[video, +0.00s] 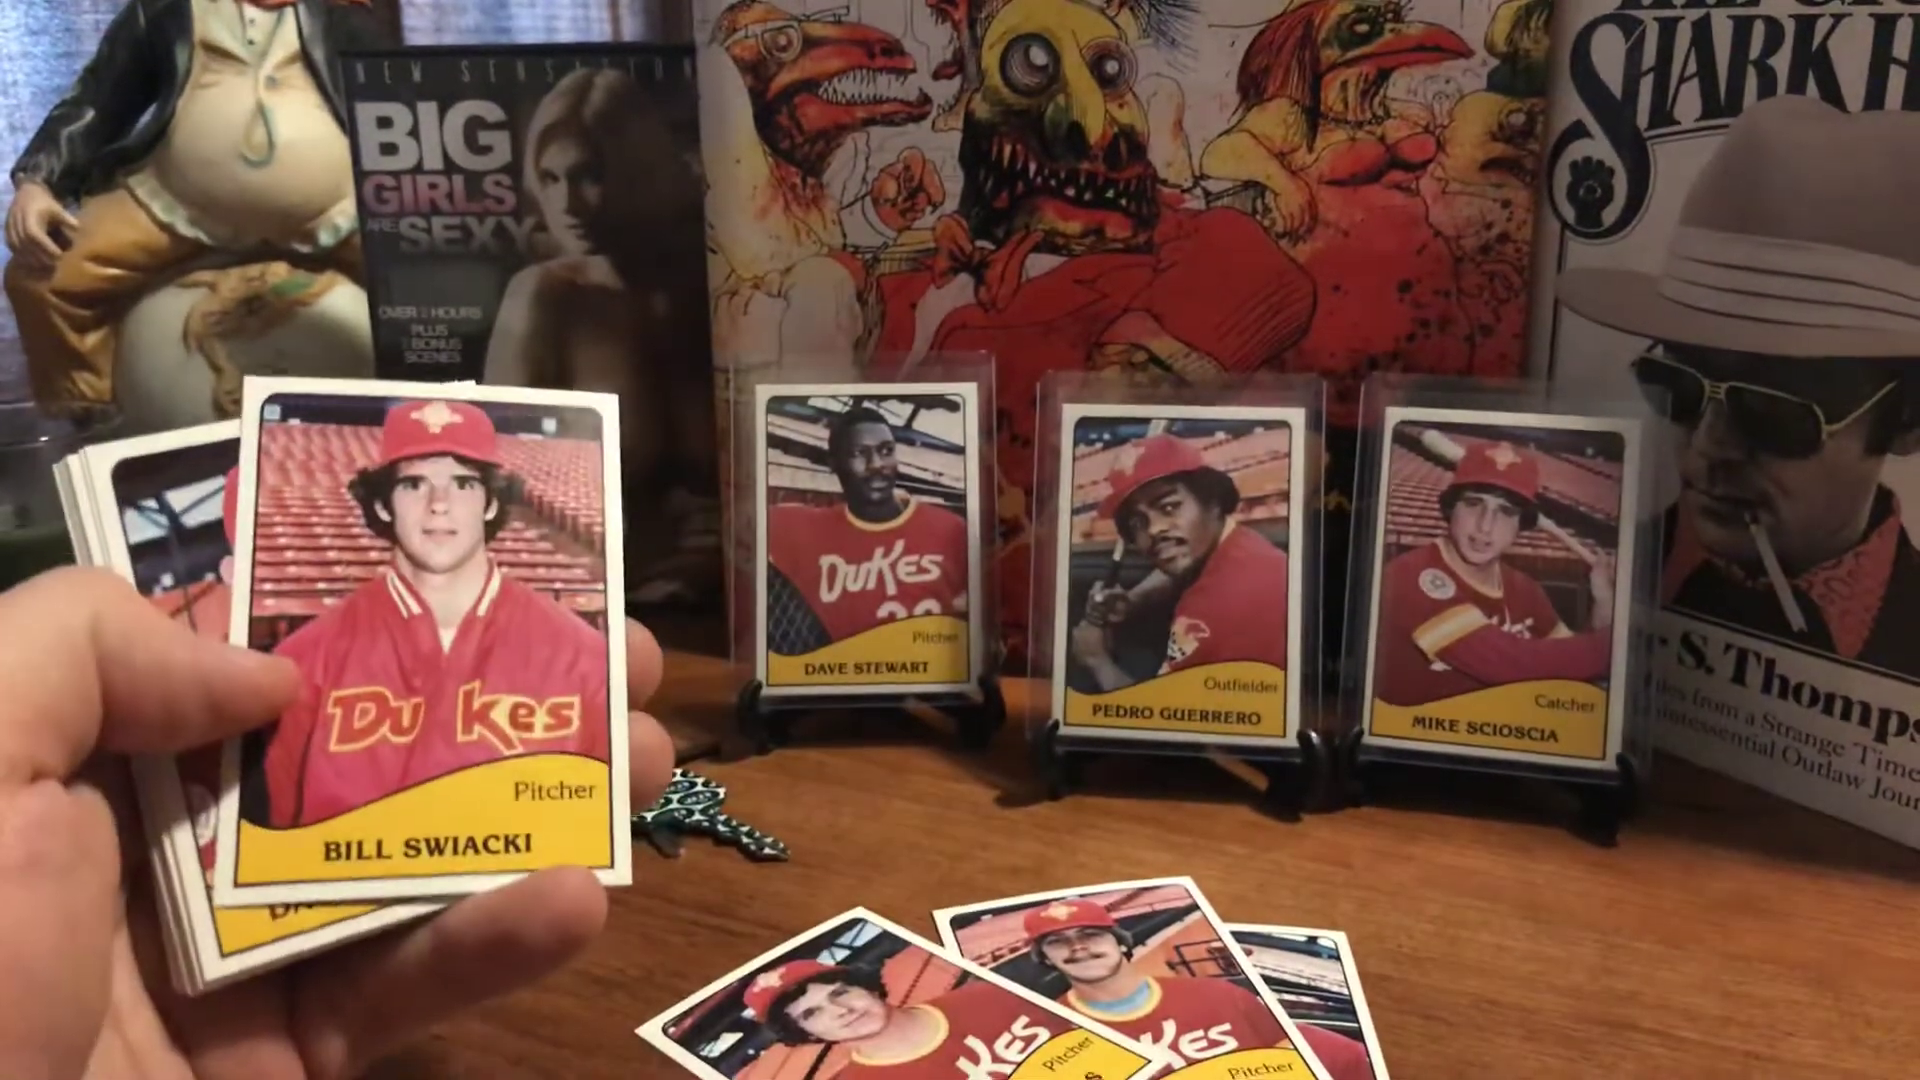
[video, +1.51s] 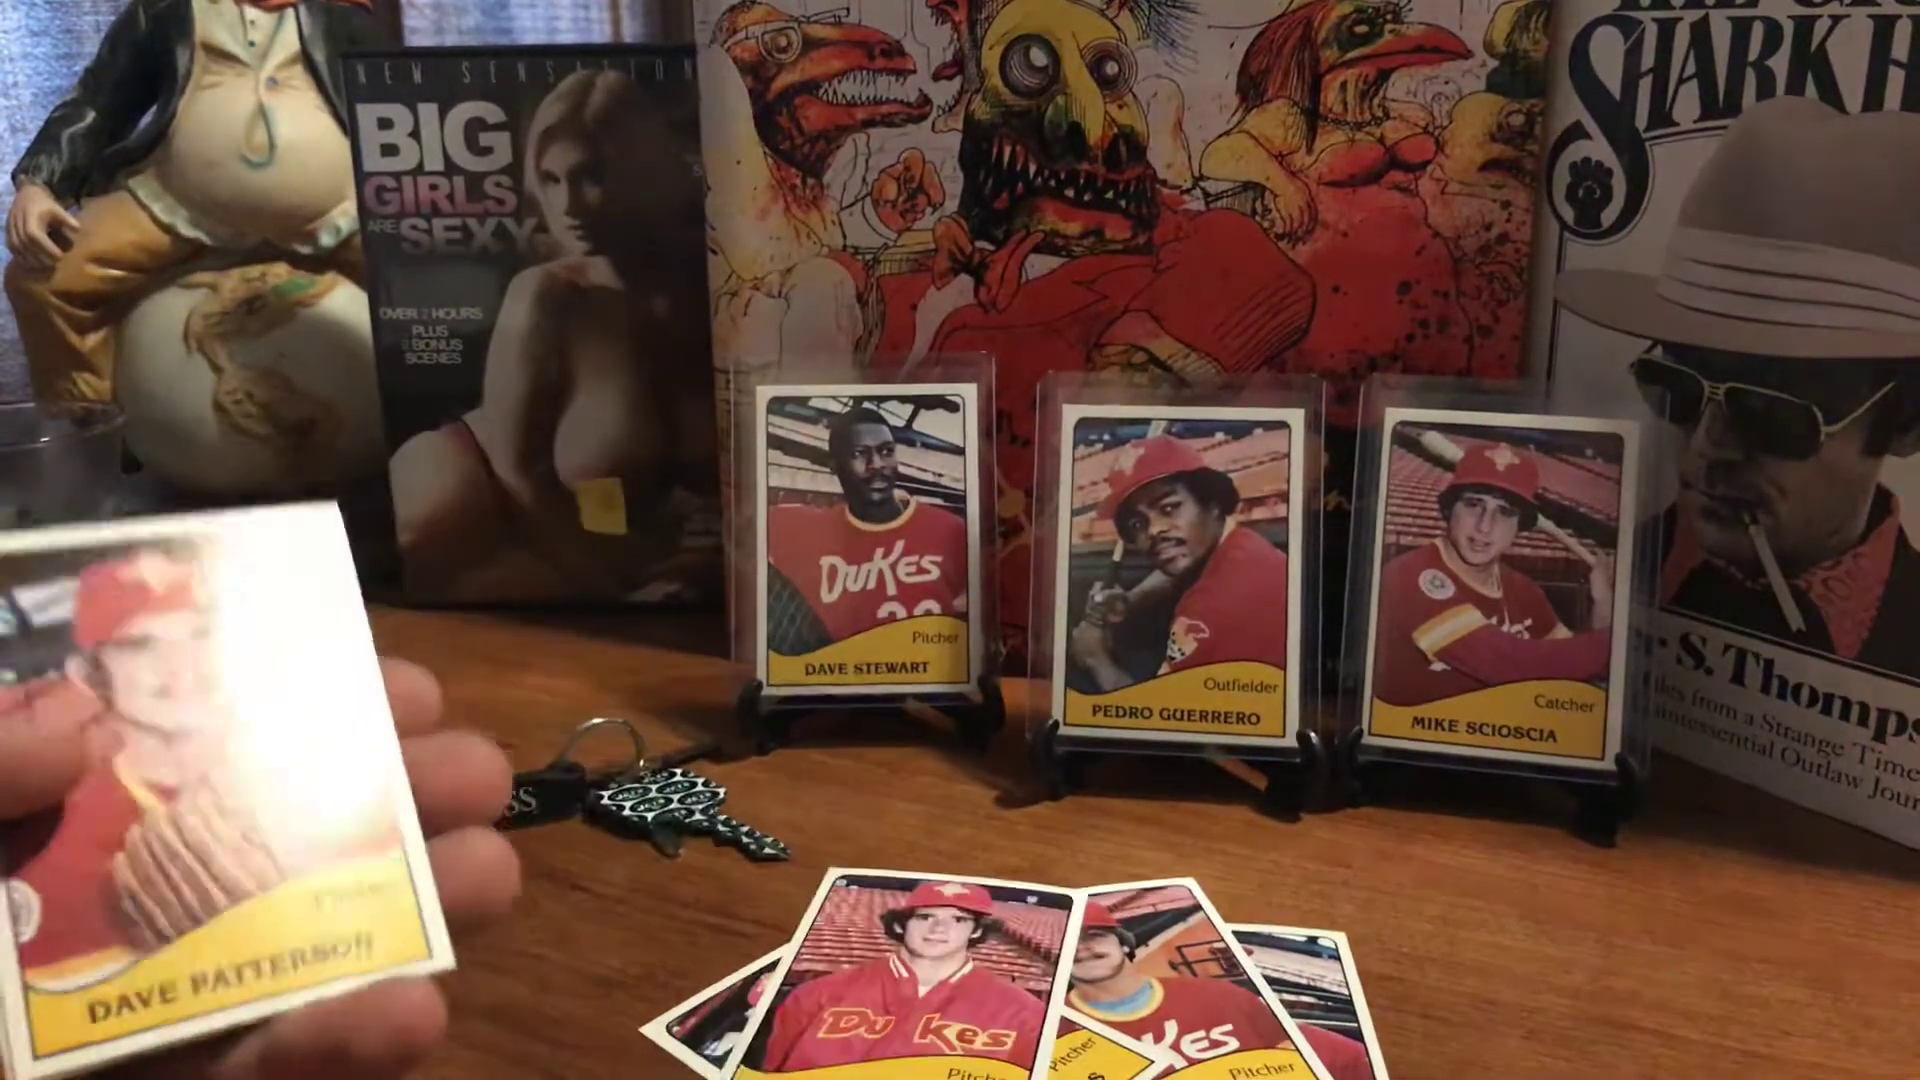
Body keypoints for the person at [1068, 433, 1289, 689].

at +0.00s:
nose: (1155, 529)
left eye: (1169, 507)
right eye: (1139, 522)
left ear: (1213, 502)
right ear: (1133, 539)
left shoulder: (1211, 606)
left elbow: (1161, 718)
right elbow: (1183, 565)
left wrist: (1098, 661)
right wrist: (1133, 601)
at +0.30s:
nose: (1155, 531)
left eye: (1169, 509)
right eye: (1139, 523)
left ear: (1212, 503)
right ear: (1133, 540)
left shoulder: (1211, 606)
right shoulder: (1248, 546)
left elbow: (1160, 719)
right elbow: (1182, 568)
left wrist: (1098, 662)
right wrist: (1133, 603)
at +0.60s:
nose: (1156, 531)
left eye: (1169, 509)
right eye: (1139, 524)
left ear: (1212, 503)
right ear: (1133, 541)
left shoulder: (1213, 605)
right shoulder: (1247, 546)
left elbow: (1161, 717)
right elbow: (1183, 566)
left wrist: (1097, 662)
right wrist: (1133, 603)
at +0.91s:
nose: (1156, 529)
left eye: (1169, 507)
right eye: (1139, 522)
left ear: (1212, 503)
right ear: (1134, 539)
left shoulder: (1213, 604)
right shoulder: (1248, 544)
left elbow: (1160, 717)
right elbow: (1185, 564)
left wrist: (1097, 661)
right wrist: (1132, 601)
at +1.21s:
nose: (1155, 530)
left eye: (1169, 508)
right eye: (1139, 523)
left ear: (1212, 504)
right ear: (1133, 539)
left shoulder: (1211, 607)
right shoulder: (1247, 544)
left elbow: (1162, 720)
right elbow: (1183, 566)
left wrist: (1098, 662)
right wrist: (1132, 602)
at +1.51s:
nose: (1155, 530)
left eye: (1169, 508)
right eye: (1139, 523)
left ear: (1212, 504)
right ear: (1133, 539)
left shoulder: (1209, 607)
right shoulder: (1247, 545)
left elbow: (1161, 719)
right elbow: (1183, 566)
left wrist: (1097, 661)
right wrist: (1131, 601)